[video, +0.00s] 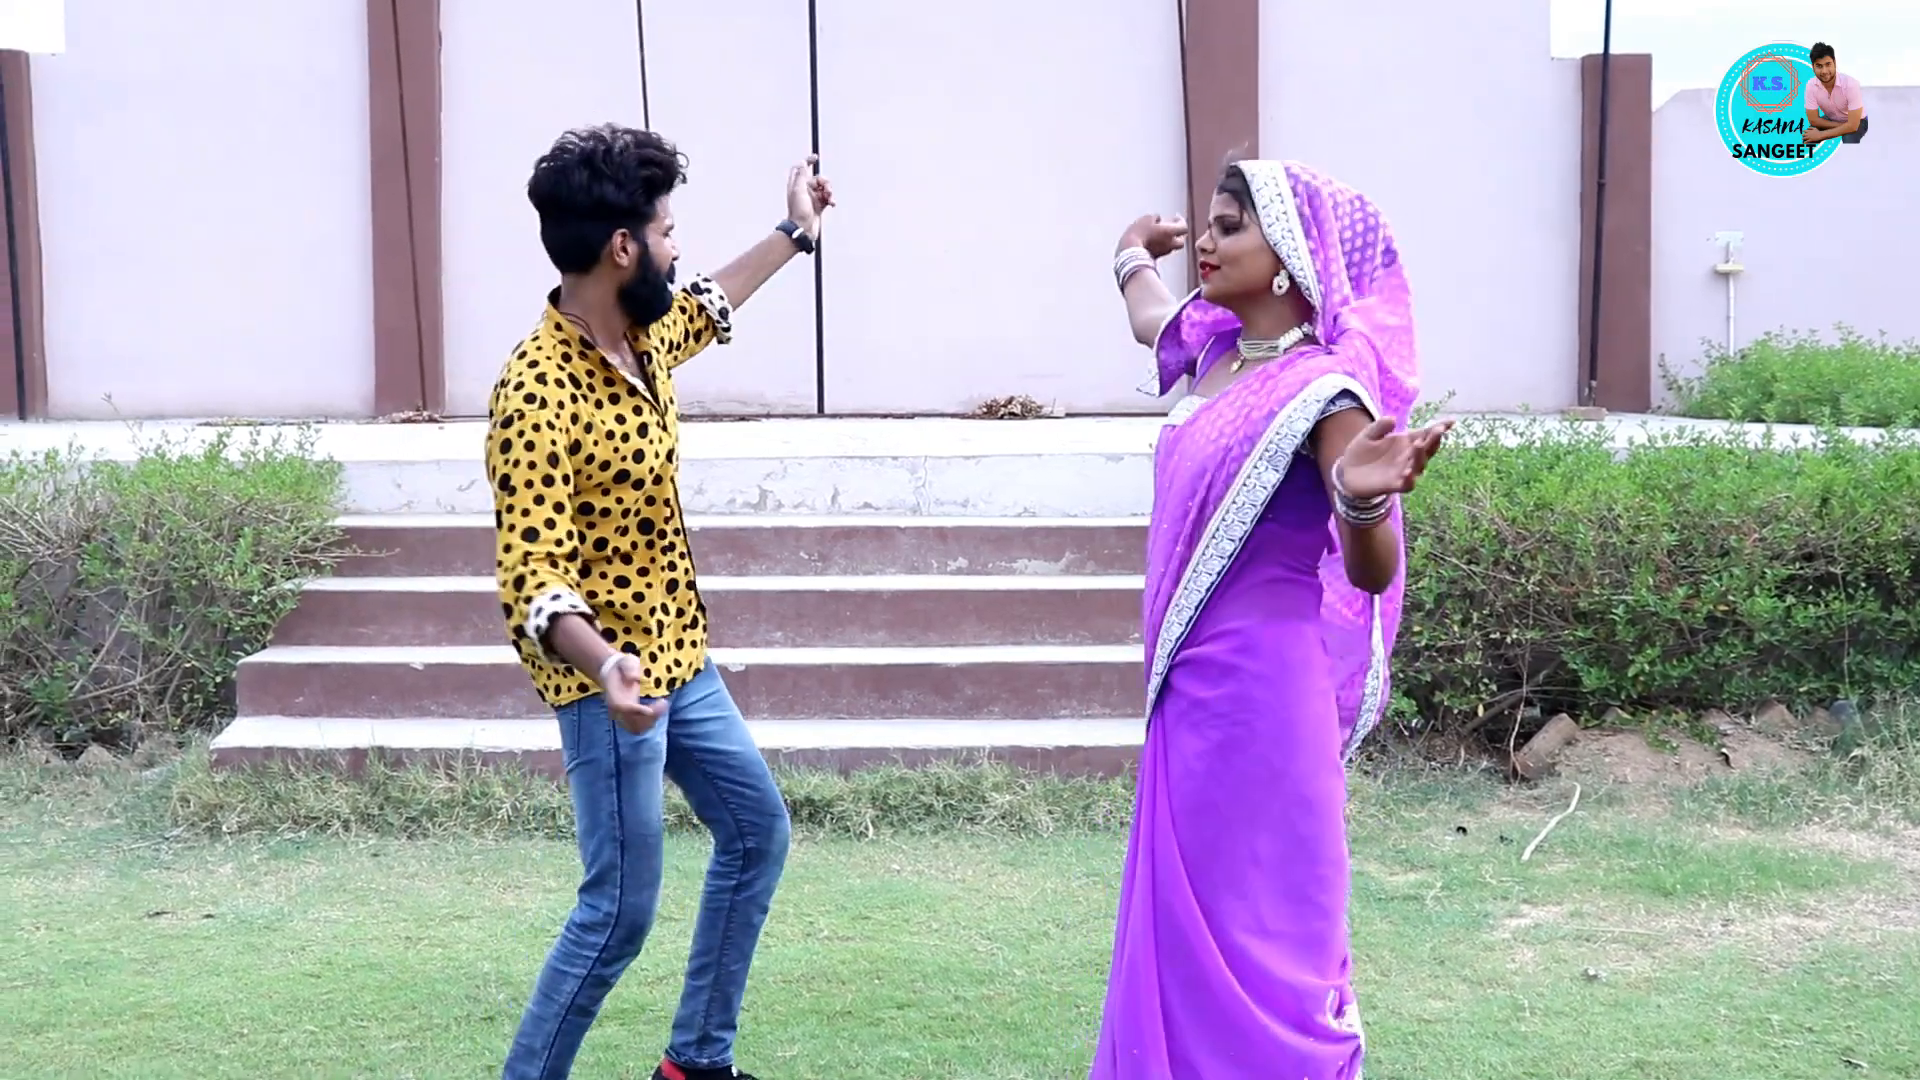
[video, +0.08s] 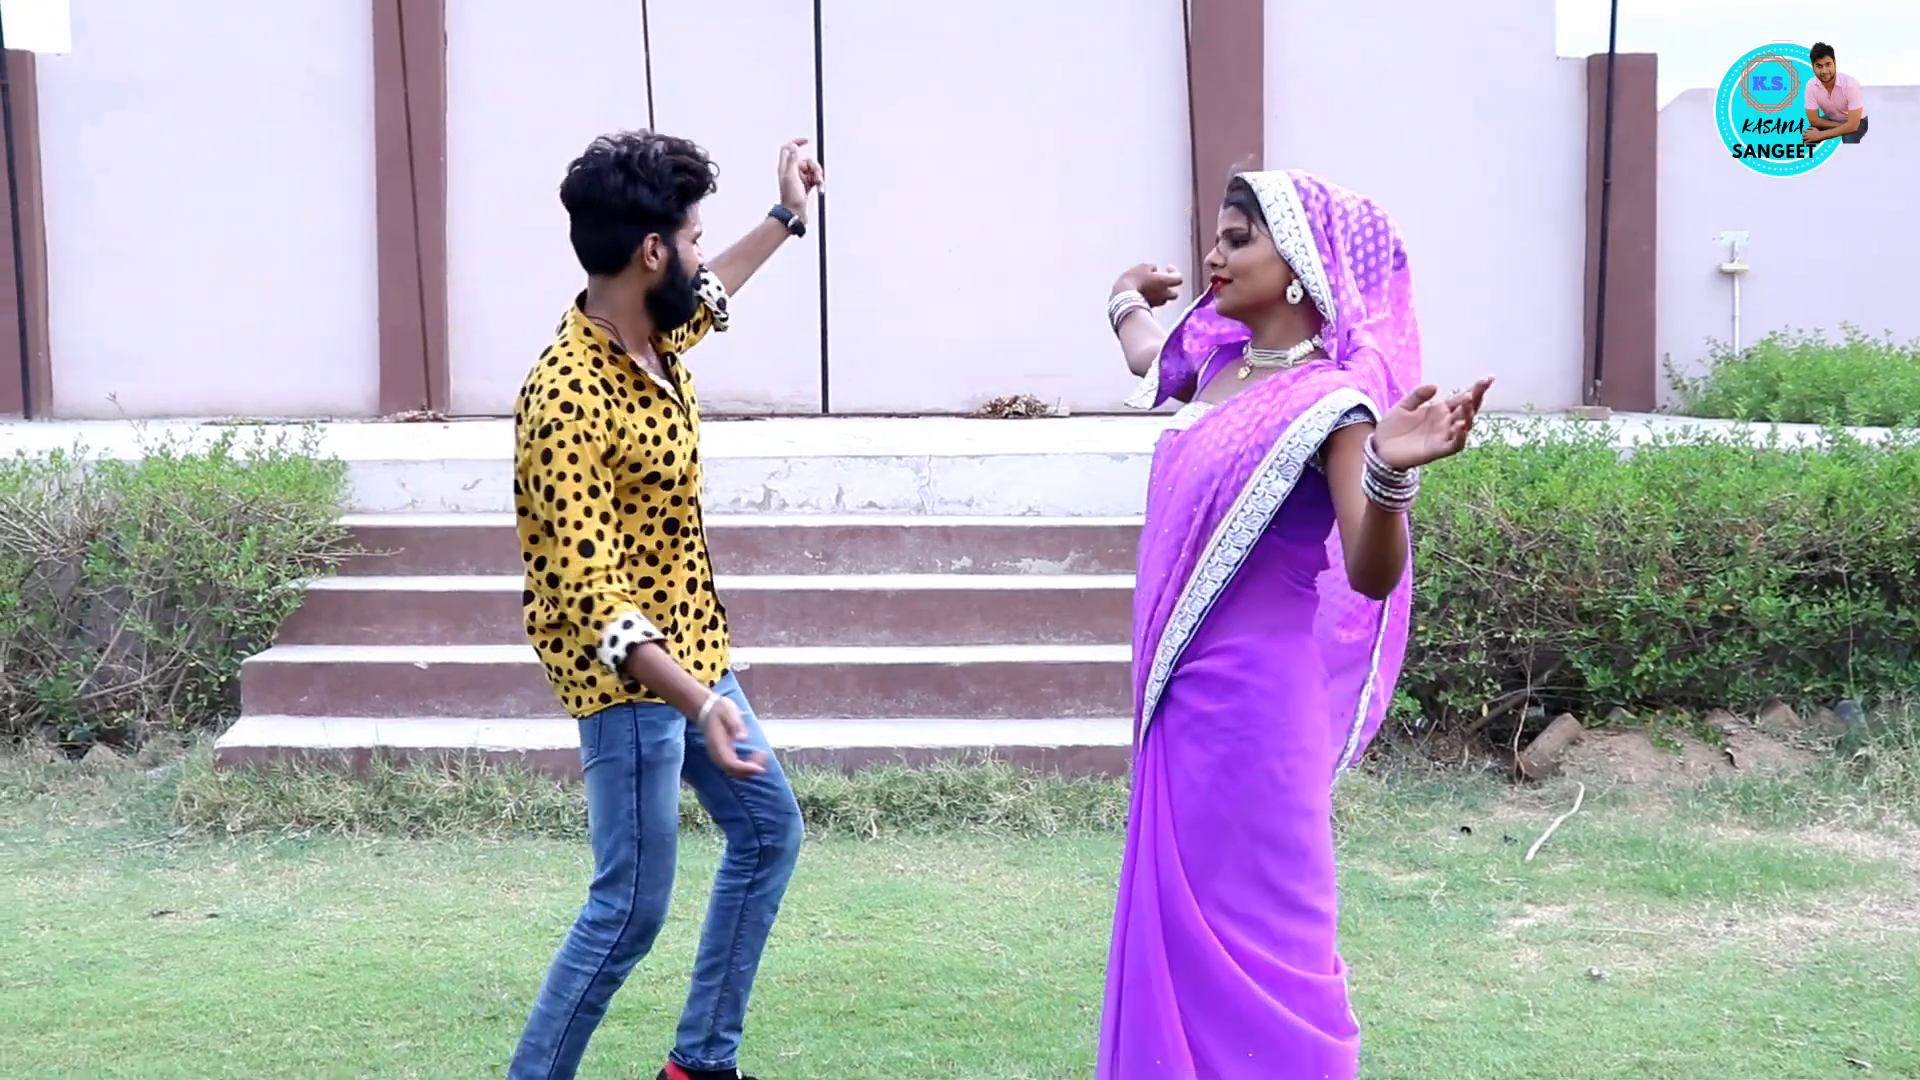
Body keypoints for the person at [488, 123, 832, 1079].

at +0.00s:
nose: (678, 245)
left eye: (673, 226)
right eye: (667, 228)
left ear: (620, 245)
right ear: (622, 246)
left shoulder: (637, 333)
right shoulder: (537, 391)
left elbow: (709, 302)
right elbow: (533, 577)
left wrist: (795, 230)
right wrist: (604, 661)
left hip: (678, 658)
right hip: (602, 681)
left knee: (757, 833)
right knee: (618, 910)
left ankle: (699, 1058)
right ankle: (529, 1071)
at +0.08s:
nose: (708, 250)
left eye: (703, 231)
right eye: (694, 233)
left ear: (644, 248)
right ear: (650, 251)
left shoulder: (648, 330)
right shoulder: (567, 393)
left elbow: (708, 293)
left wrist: (787, 217)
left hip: (688, 652)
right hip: (622, 674)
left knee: (770, 831)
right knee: (629, 906)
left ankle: (703, 1058)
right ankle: (534, 1071)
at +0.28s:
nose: (777, 245)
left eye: (775, 228)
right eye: (773, 230)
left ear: (687, 236)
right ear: (743, 247)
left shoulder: (650, 296)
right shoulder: (711, 400)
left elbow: (684, 192)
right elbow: (748, 587)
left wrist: (771, 101)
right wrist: (847, 659)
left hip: (677, 629)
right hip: (688, 650)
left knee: (761, 833)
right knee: (646, 883)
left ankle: (707, 1065)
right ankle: (530, 1068)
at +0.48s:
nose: (864, 284)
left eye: (864, 266)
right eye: (863, 268)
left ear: (768, 259)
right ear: (838, 277)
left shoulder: (702, 317)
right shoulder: (810, 415)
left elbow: (725, 178)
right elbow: (867, 583)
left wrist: (786, 57)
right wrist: (826, 547)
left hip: (694, 650)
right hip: (773, 668)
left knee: (757, 882)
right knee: (787, 897)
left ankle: (706, 1071)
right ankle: (581, 1047)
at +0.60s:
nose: (912, 259)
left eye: (909, 241)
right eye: (909, 244)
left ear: (813, 236)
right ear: (879, 256)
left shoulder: (742, 301)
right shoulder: (857, 396)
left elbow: (775, 161)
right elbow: (896, 573)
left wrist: (832, 34)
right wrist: (874, 559)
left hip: (716, 622)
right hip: (809, 651)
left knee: (763, 846)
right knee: (876, 864)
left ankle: (703, 1052)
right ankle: (723, 1044)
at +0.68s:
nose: (934, 247)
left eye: (933, 228)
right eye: (933, 229)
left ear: (840, 213)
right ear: (906, 237)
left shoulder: (769, 280)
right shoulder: (882, 370)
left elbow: (819, 127)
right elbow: (918, 557)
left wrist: (880, 8)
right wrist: (919, 566)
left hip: (747, 615)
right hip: (842, 639)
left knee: (764, 845)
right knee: (920, 842)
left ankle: (707, 1061)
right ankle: (847, 1056)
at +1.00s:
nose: (1032, 268)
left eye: (1029, 250)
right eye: (1034, 252)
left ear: (937, 237)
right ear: (1015, 254)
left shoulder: (875, 314)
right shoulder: (1006, 367)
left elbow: (931, 159)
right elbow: (1035, 523)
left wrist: (1003, 40)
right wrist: (1062, 591)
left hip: (906, 640)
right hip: (1008, 655)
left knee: (937, 838)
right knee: (1055, 865)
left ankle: (810, 1009)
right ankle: (1011, 1066)